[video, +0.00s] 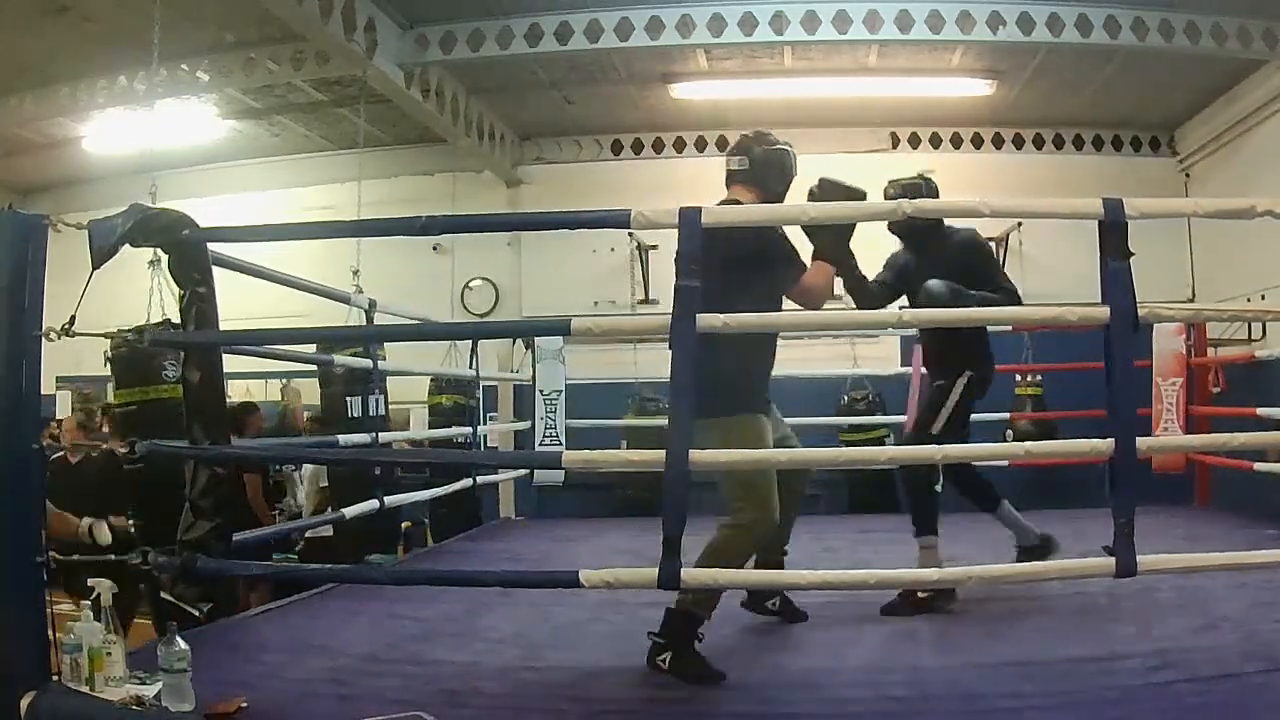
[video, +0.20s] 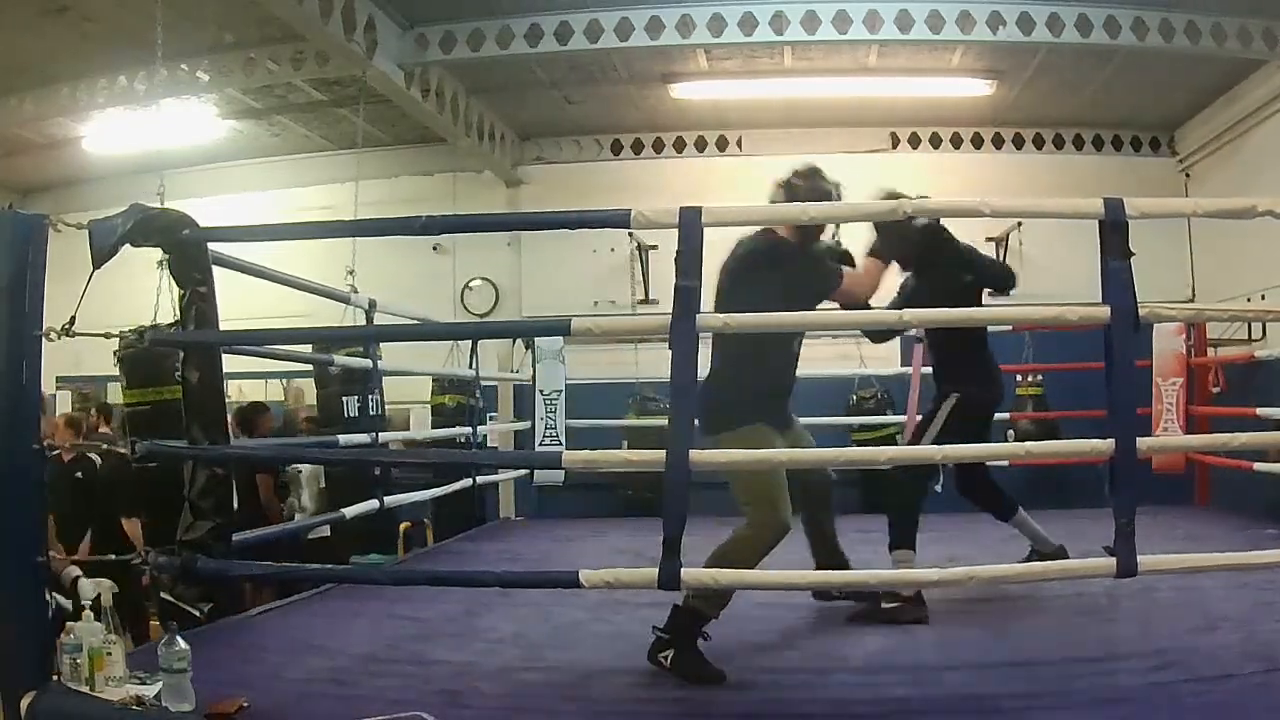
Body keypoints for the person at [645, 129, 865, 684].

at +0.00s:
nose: (789, 189)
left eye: (788, 179)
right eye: (787, 178)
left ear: (735, 172)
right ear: (775, 177)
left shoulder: (712, 223)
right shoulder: (756, 228)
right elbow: (813, 294)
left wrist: (825, 246)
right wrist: (831, 238)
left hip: (734, 396)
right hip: (731, 401)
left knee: (794, 468)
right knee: (754, 516)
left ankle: (762, 586)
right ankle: (675, 636)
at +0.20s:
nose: (823, 230)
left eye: (825, 222)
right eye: (819, 221)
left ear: (783, 207)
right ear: (803, 215)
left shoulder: (788, 253)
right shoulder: (774, 256)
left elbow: (851, 295)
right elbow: (861, 286)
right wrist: (889, 236)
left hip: (770, 409)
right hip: (738, 412)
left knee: (816, 479)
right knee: (769, 521)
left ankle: (831, 573)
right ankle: (677, 635)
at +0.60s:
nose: (844, 272)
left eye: (848, 262)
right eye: (843, 262)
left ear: (812, 243)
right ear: (824, 253)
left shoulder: (799, 281)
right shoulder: (775, 288)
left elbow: (826, 319)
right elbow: (813, 375)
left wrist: (867, 306)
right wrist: (870, 328)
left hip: (773, 414)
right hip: (727, 415)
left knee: (821, 494)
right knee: (749, 509)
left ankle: (835, 579)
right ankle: (682, 639)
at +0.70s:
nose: (825, 221)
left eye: (830, 211)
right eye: (822, 209)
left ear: (803, 202)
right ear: (796, 201)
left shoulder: (788, 249)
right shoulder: (760, 239)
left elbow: (835, 310)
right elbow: (829, 317)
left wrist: (854, 273)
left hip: (761, 394)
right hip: (724, 395)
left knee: (802, 467)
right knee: (756, 496)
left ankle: (801, 580)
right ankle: (681, 624)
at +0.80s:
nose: (815, 191)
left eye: (816, 182)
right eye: (813, 181)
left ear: (766, 165)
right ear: (802, 176)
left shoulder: (767, 218)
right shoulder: (751, 217)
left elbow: (830, 278)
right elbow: (834, 278)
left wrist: (856, 219)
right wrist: (856, 209)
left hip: (753, 380)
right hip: (729, 381)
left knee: (790, 474)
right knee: (755, 492)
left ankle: (767, 598)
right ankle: (671, 628)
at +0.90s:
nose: (804, 186)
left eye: (801, 176)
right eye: (801, 176)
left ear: (749, 168)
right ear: (790, 174)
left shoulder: (730, 217)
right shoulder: (759, 223)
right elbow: (831, 279)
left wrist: (840, 225)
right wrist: (849, 210)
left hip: (741, 400)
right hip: (730, 403)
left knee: (787, 491)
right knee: (730, 526)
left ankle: (762, 608)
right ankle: (670, 667)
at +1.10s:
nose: (789, 182)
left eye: (787, 172)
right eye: (788, 171)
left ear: (733, 168)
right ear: (777, 171)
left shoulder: (714, 223)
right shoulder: (749, 223)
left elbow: (779, 300)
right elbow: (792, 301)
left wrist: (822, 268)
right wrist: (831, 263)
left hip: (746, 398)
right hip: (729, 400)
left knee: (795, 491)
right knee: (738, 519)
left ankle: (778, 593)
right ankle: (671, 663)